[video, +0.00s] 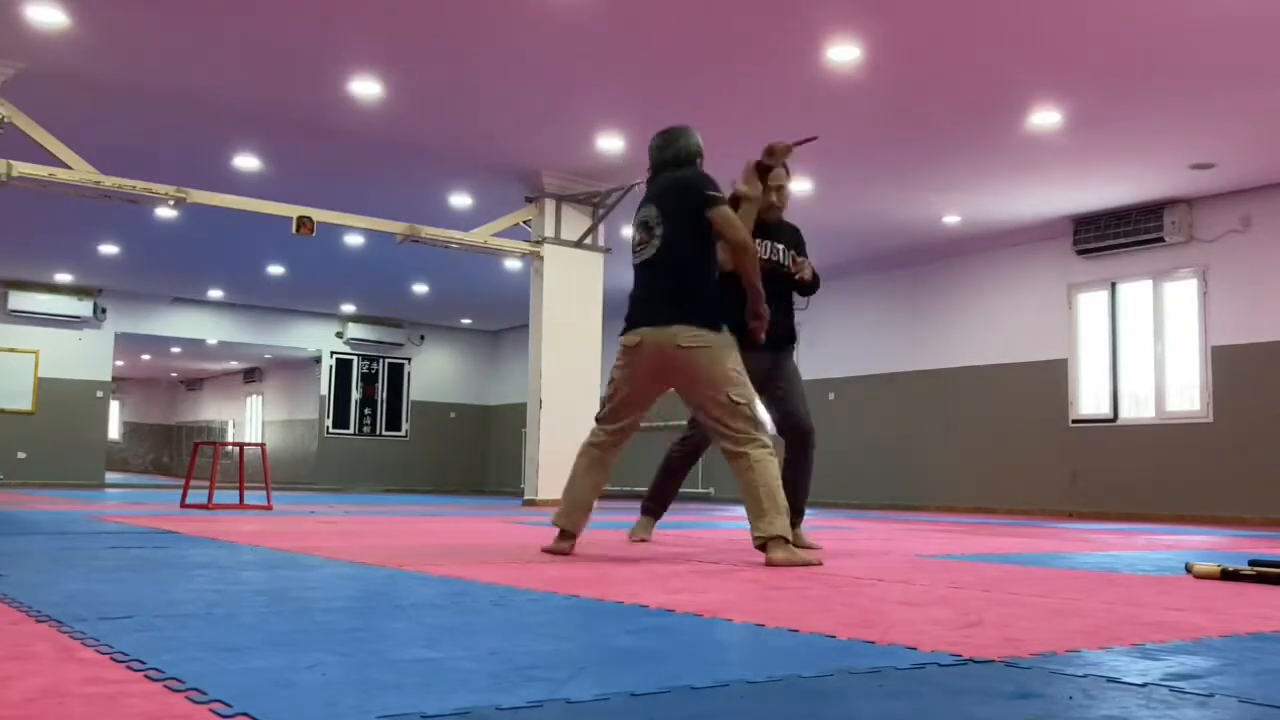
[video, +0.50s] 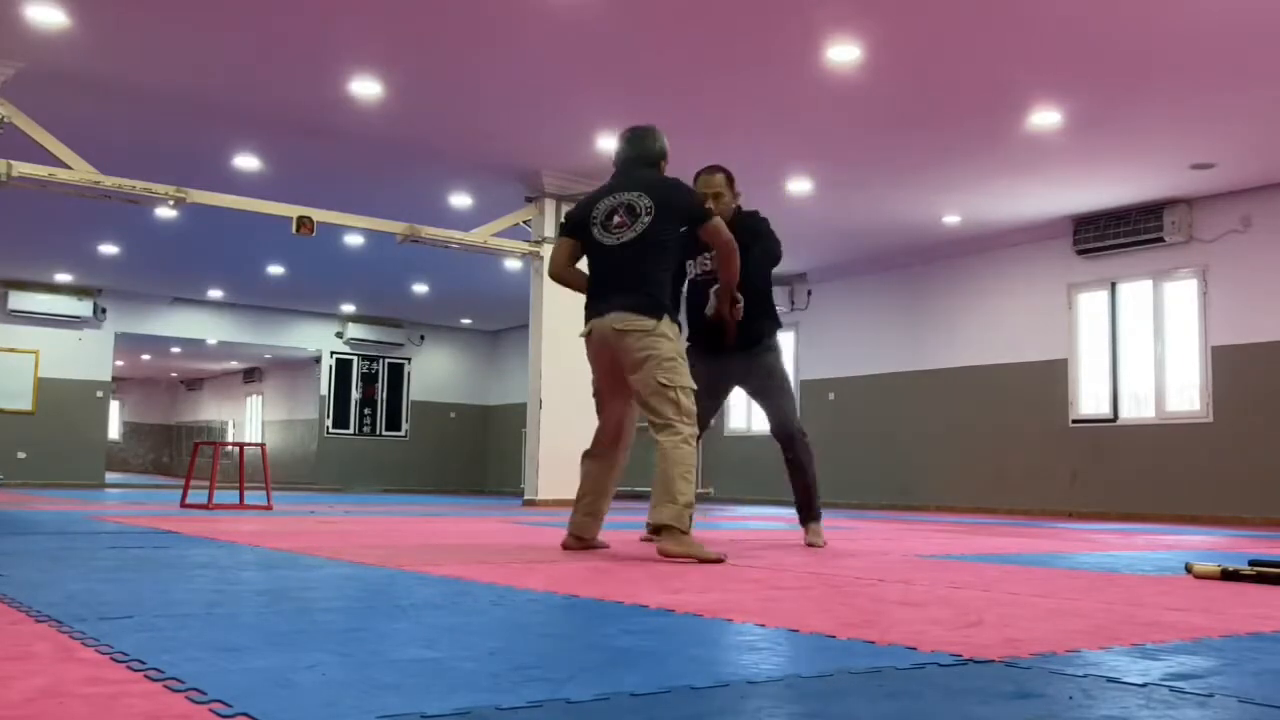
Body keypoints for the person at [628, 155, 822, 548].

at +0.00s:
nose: (780, 195)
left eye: (784, 187)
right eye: (773, 188)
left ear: (789, 191)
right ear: (755, 188)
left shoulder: (790, 235)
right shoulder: (727, 224)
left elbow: (807, 289)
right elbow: (726, 258)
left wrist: (806, 276)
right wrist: (751, 199)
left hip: (776, 355)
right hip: (732, 352)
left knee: (801, 431)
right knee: (696, 437)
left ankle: (790, 527)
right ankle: (647, 518)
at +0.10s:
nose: (701, 177)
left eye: (701, 169)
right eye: (700, 168)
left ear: (655, 163)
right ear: (690, 167)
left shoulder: (666, 217)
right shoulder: (662, 189)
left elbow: (730, 248)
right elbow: (661, 224)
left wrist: (769, 198)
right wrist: (719, 268)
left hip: (619, 337)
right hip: (665, 336)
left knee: (613, 435)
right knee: (727, 425)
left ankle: (571, 530)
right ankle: (704, 530)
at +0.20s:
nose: (703, 171)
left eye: (702, 163)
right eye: (702, 162)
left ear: (661, 155)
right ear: (693, 160)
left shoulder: (671, 213)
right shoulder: (659, 178)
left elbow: (726, 254)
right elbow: (622, 207)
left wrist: (792, 248)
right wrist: (678, 261)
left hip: (616, 330)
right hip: (651, 328)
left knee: (619, 431)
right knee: (702, 423)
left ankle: (560, 512)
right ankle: (671, 539)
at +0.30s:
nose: (768, 201)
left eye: (775, 193)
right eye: (760, 194)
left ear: (788, 196)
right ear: (748, 198)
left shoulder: (802, 237)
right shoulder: (730, 241)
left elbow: (818, 277)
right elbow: (729, 299)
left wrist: (770, 242)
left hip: (784, 353)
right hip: (732, 350)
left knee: (805, 432)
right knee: (701, 432)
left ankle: (791, 528)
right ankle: (678, 524)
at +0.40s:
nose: (744, 200)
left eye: (751, 193)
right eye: (736, 194)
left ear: (767, 196)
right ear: (726, 198)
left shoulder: (782, 229)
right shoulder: (712, 239)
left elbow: (792, 251)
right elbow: (690, 298)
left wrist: (737, 231)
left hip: (775, 354)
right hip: (722, 355)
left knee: (799, 430)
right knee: (693, 439)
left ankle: (792, 527)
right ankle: (671, 526)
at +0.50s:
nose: (712, 204)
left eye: (719, 196)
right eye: (704, 197)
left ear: (734, 196)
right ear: (694, 200)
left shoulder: (752, 224)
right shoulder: (686, 235)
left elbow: (769, 254)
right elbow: (668, 284)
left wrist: (729, 286)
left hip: (757, 352)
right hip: (706, 354)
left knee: (789, 430)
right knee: (682, 433)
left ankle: (811, 521)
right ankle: (670, 521)